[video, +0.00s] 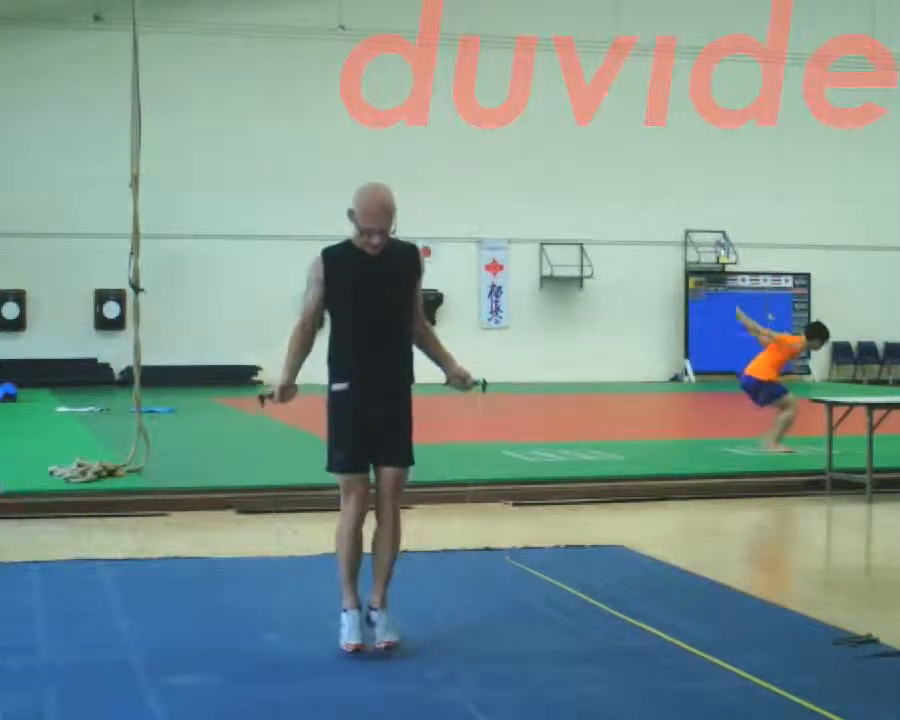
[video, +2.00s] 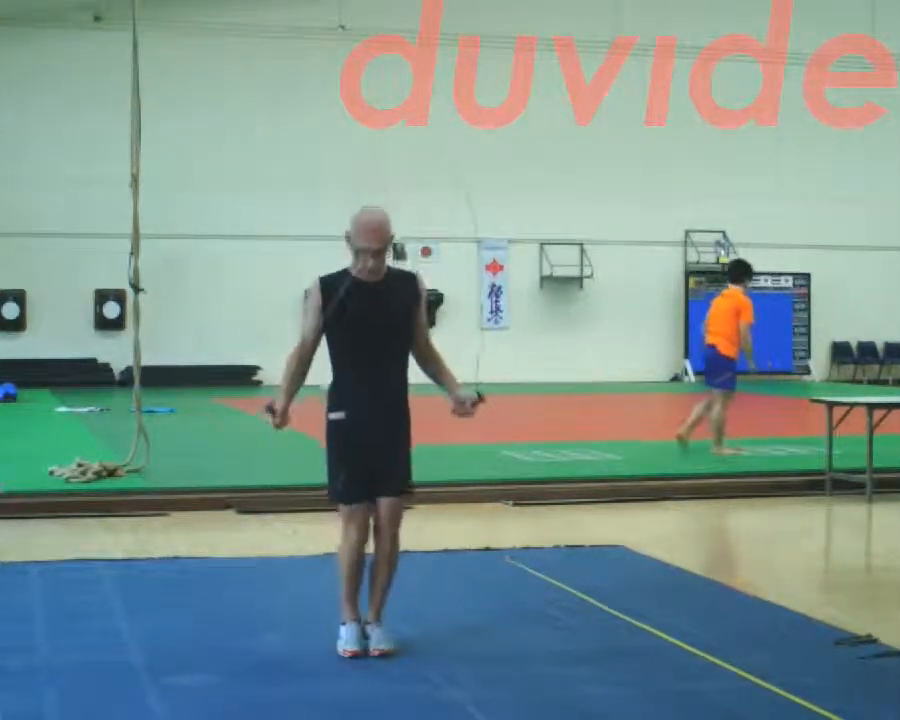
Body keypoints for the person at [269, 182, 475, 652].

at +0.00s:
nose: (376, 240)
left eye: (383, 232)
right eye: (368, 233)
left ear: (394, 222)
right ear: (353, 220)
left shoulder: (409, 258)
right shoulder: (329, 262)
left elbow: (417, 324)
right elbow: (308, 324)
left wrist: (450, 366)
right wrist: (288, 377)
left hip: (395, 392)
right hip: (349, 393)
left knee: (390, 498)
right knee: (355, 499)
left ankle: (379, 608)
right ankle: (350, 609)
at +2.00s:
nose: (372, 262)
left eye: (380, 253)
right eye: (363, 253)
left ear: (391, 245)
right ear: (348, 245)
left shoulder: (410, 287)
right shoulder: (325, 291)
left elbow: (423, 348)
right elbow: (304, 350)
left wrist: (454, 389)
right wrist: (284, 398)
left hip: (392, 416)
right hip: (348, 417)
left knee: (389, 519)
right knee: (357, 520)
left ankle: (375, 620)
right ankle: (349, 622)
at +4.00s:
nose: (375, 206)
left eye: (383, 197)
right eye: (367, 198)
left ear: (393, 195)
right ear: (351, 196)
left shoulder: (413, 242)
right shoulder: (332, 243)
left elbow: (428, 309)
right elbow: (314, 312)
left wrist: (453, 358)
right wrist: (294, 366)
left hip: (395, 372)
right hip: (349, 372)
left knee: (394, 474)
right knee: (353, 474)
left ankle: (386, 579)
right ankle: (352, 580)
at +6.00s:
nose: (369, 222)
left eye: (378, 213)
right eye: (361, 213)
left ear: (393, 215)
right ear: (350, 215)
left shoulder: (414, 263)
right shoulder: (331, 264)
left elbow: (427, 329)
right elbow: (311, 328)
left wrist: (462, 369)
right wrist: (289, 379)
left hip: (393, 388)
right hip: (345, 388)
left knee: (392, 496)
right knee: (357, 495)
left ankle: (385, 593)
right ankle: (354, 596)